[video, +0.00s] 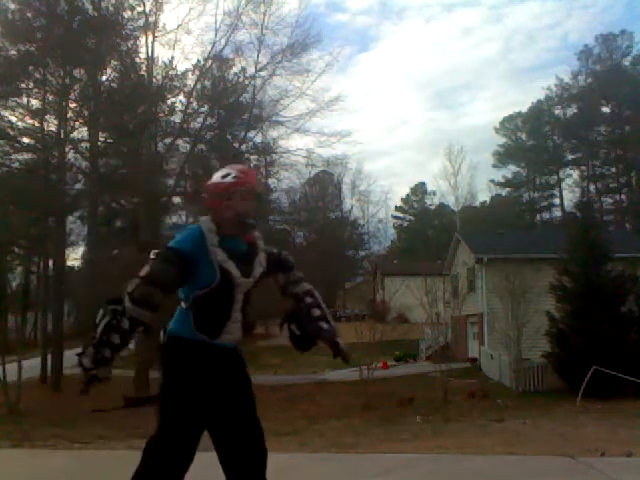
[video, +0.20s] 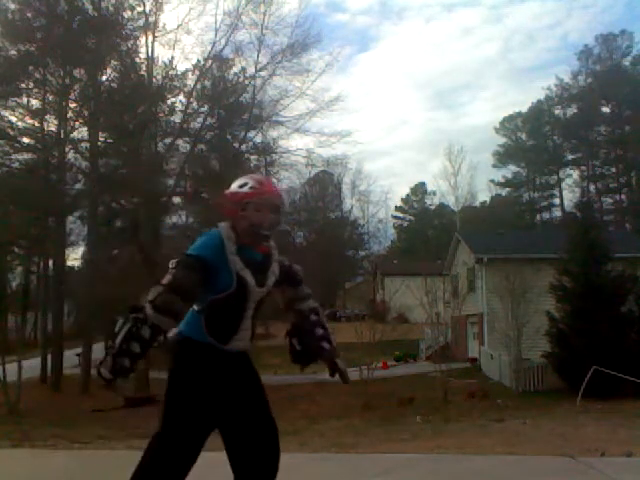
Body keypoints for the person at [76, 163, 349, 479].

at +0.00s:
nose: (251, 208)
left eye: (253, 200)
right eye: (243, 200)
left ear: (250, 204)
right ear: (221, 203)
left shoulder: (253, 248)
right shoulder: (193, 241)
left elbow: (289, 277)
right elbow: (145, 293)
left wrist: (313, 318)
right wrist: (103, 350)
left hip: (228, 357)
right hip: (187, 355)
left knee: (247, 449)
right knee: (173, 448)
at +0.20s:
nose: (266, 219)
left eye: (272, 212)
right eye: (257, 210)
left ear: (278, 217)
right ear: (237, 211)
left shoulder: (267, 256)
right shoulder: (212, 247)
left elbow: (295, 289)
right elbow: (172, 294)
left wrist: (310, 326)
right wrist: (134, 341)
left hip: (236, 361)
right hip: (196, 358)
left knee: (259, 447)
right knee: (176, 446)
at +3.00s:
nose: (276, 218)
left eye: (284, 210)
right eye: (267, 209)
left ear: (293, 216)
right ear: (251, 214)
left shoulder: (307, 251)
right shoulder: (231, 249)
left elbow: (341, 302)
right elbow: (201, 307)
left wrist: (333, 372)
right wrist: (194, 376)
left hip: (287, 371)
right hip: (235, 371)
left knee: (289, 463)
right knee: (232, 463)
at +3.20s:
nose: (272, 211)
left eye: (281, 203)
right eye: (264, 202)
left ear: (291, 208)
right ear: (248, 207)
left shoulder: (304, 246)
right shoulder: (226, 244)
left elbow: (338, 291)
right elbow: (196, 299)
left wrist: (326, 355)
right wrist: (192, 369)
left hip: (283, 368)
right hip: (233, 366)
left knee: (283, 461)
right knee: (232, 460)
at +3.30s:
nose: (271, 205)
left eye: (279, 198)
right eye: (263, 197)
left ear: (289, 203)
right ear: (248, 201)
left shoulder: (302, 244)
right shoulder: (223, 242)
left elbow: (337, 286)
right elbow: (193, 295)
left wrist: (323, 359)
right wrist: (195, 367)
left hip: (283, 365)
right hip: (232, 364)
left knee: (289, 455)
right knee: (232, 456)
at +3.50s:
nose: (275, 200)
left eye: (282, 192)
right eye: (266, 192)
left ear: (291, 198)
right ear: (249, 197)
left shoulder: (305, 238)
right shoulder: (230, 235)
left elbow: (332, 283)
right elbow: (212, 281)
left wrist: (334, 335)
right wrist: (229, 337)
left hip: (287, 357)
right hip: (238, 355)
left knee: (298, 449)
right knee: (236, 452)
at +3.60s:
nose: (279, 201)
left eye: (286, 193)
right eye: (269, 193)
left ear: (296, 199)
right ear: (253, 198)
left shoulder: (311, 242)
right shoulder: (235, 237)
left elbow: (330, 292)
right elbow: (223, 283)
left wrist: (328, 343)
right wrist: (245, 335)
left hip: (291, 361)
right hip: (243, 358)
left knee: (301, 455)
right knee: (237, 457)